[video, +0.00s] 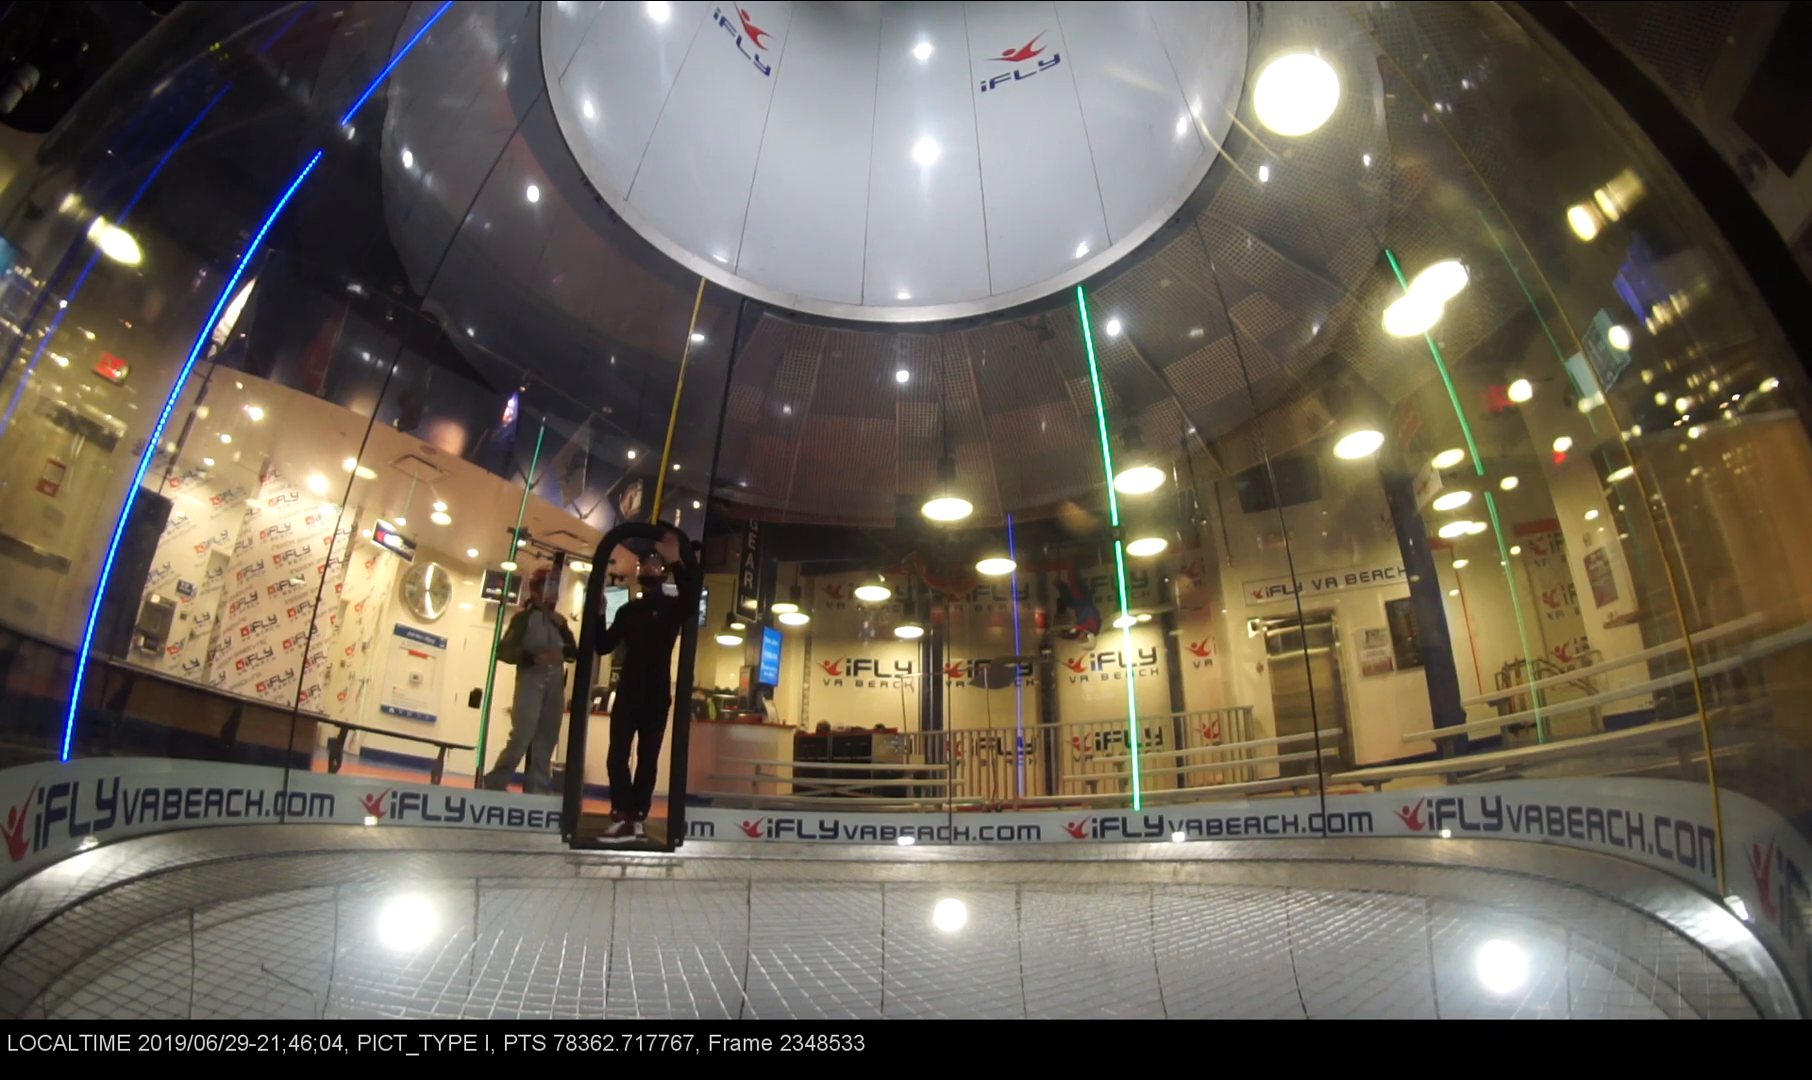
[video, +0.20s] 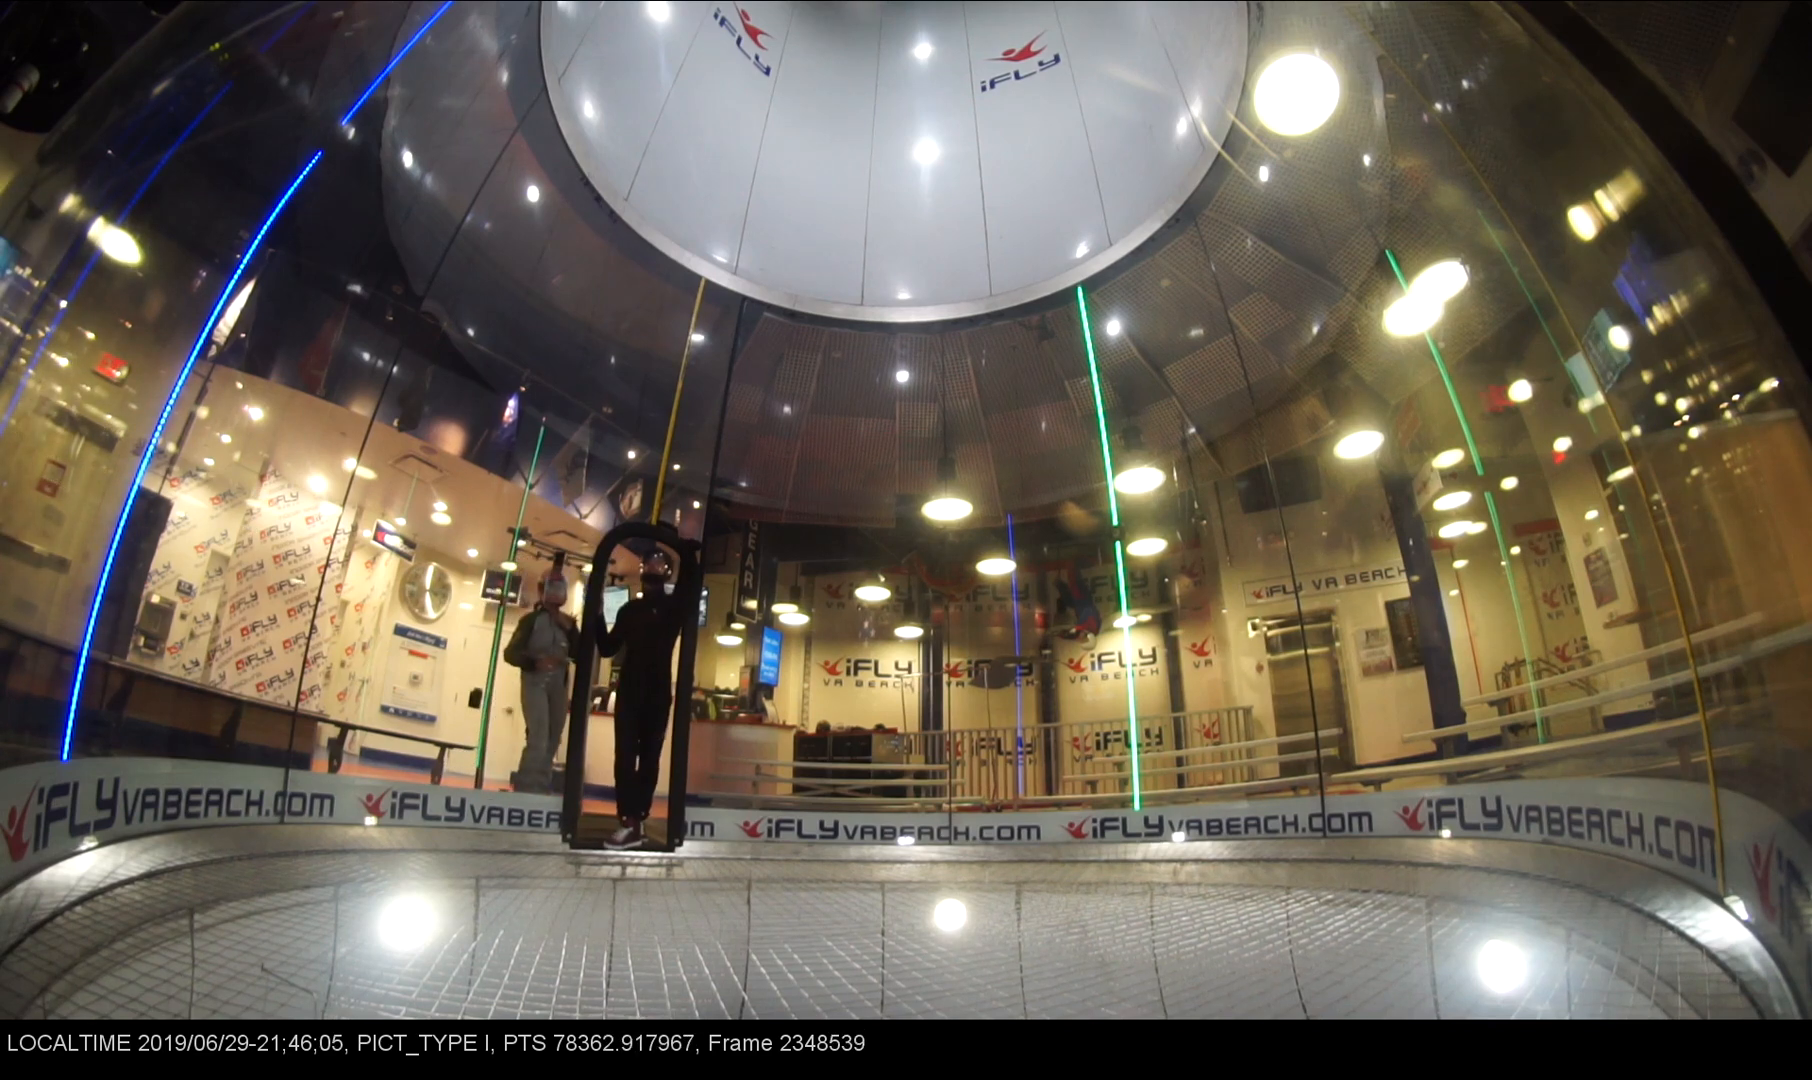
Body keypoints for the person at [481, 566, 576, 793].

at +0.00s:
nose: (550, 592)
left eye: (554, 587)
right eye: (545, 587)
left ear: (558, 591)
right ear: (534, 590)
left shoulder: (558, 621)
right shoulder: (524, 618)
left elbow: (573, 653)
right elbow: (503, 651)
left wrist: (563, 627)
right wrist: (531, 657)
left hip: (555, 683)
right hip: (530, 680)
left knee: (546, 738)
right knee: (523, 735)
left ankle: (538, 792)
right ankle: (493, 783)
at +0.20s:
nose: (556, 596)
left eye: (560, 591)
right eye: (552, 590)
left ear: (565, 595)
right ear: (543, 592)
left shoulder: (568, 623)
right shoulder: (531, 620)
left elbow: (578, 653)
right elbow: (511, 653)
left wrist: (570, 629)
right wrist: (534, 663)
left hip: (558, 682)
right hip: (534, 681)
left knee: (553, 735)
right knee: (538, 735)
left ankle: (542, 785)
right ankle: (527, 786)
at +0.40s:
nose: (557, 597)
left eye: (562, 592)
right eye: (554, 592)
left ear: (569, 597)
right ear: (547, 593)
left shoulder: (573, 625)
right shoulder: (535, 621)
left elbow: (583, 654)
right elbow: (513, 651)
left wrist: (573, 629)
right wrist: (532, 665)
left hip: (563, 681)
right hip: (538, 679)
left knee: (556, 735)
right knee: (542, 735)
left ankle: (536, 787)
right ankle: (545, 791)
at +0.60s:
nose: (562, 595)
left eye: (567, 590)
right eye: (558, 590)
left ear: (574, 595)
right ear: (550, 592)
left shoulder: (577, 626)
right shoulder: (538, 621)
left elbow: (587, 655)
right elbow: (516, 652)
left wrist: (576, 630)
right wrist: (531, 670)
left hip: (568, 684)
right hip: (542, 681)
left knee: (556, 741)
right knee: (546, 742)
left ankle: (535, 794)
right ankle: (546, 800)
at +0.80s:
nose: (563, 594)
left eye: (569, 590)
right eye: (559, 588)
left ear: (576, 596)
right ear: (552, 591)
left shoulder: (579, 626)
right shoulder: (541, 621)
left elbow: (588, 656)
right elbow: (518, 652)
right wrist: (532, 671)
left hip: (569, 685)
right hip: (543, 682)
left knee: (557, 740)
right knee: (547, 741)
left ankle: (538, 792)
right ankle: (545, 796)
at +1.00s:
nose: (568, 596)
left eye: (573, 592)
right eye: (564, 590)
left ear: (578, 597)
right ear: (556, 593)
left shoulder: (580, 627)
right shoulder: (543, 621)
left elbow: (590, 659)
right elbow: (519, 651)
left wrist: (582, 633)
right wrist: (533, 671)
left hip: (569, 686)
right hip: (544, 682)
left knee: (559, 739)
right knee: (547, 740)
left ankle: (538, 790)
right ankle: (544, 795)